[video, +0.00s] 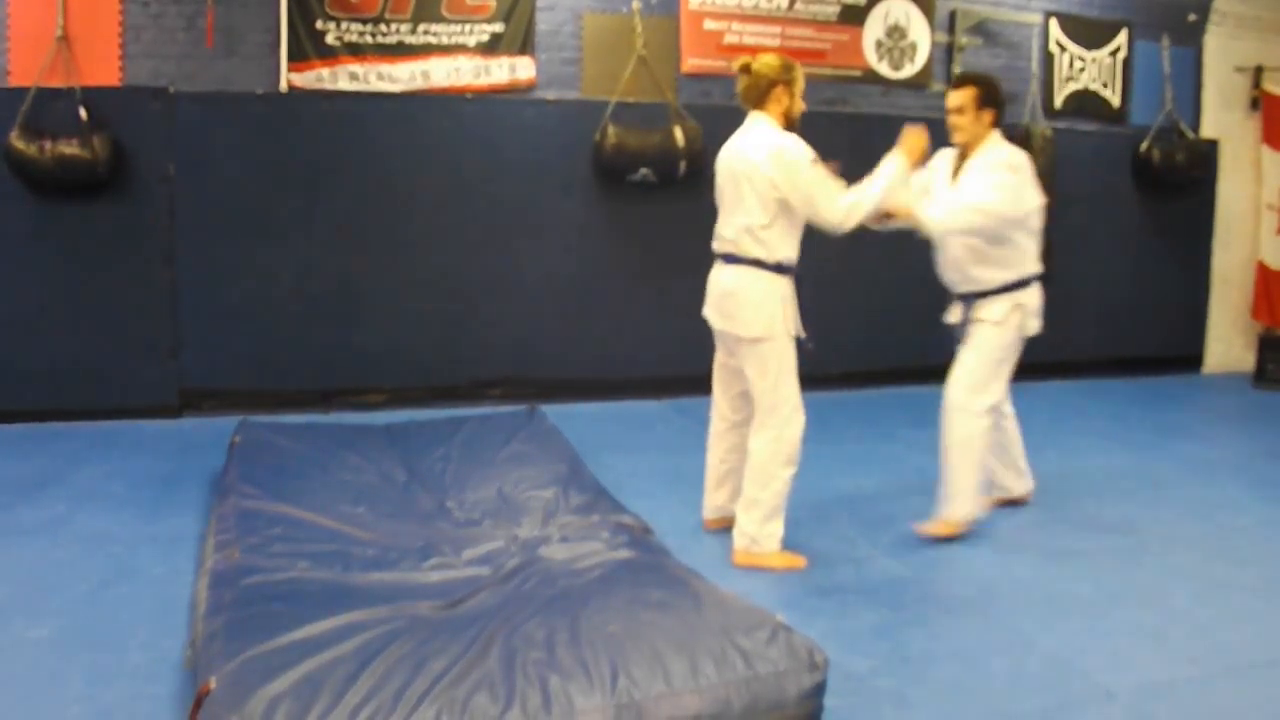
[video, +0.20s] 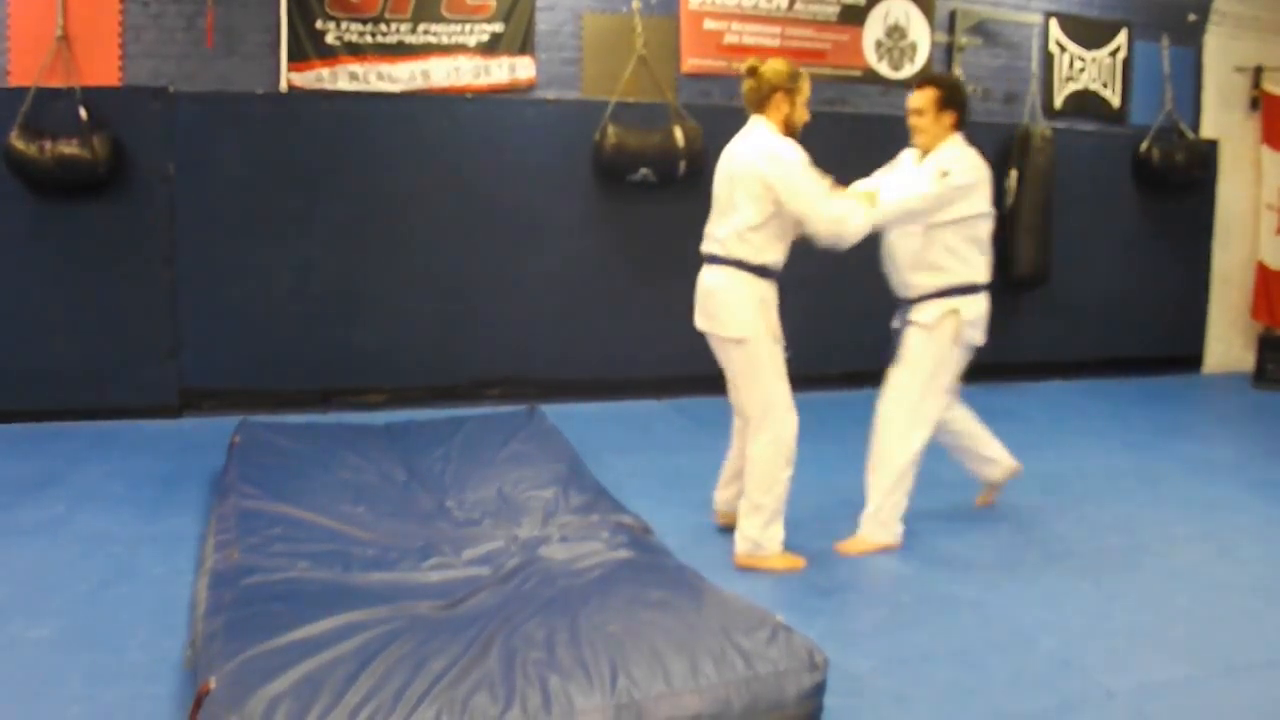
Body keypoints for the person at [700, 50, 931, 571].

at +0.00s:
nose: (800, 101)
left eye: (797, 93)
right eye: (796, 93)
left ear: (753, 95)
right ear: (781, 95)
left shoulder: (733, 145)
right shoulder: (785, 152)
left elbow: (761, 201)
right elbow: (838, 214)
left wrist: (810, 176)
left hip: (724, 282)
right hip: (763, 291)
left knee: (730, 405)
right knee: (781, 417)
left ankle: (720, 506)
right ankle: (756, 541)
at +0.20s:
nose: (809, 112)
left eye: (807, 103)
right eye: (804, 102)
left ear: (768, 102)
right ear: (781, 101)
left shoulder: (745, 144)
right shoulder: (775, 153)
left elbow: (802, 214)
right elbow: (834, 227)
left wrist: (837, 196)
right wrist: (870, 200)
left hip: (722, 286)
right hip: (743, 293)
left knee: (753, 407)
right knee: (776, 418)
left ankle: (730, 504)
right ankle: (758, 543)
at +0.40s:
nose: (782, 131)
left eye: (782, 121)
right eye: (773, 121)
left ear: (755, 123)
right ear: (740, 121)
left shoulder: (748, 170)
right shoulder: (727, 177)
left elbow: (745, 245)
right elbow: (766, 257)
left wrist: (781, 225)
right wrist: (827, 227)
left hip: (736, 308)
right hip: (705, 311)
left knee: (772, 419)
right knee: (757, 419)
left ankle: (745, 516)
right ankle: (704, 515)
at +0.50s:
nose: (744, 144)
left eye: (748, 134)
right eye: (734, 135)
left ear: (751, 133)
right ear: (707, 136)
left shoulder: (744, 181)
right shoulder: (692, 189)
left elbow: (774, 229)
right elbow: (755, 249)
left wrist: (784, 196)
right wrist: (812, 213)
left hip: (737, 320)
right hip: (691, 323)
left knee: (772, 429)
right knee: (721, 438)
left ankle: (749, 517)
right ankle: (666, 493)